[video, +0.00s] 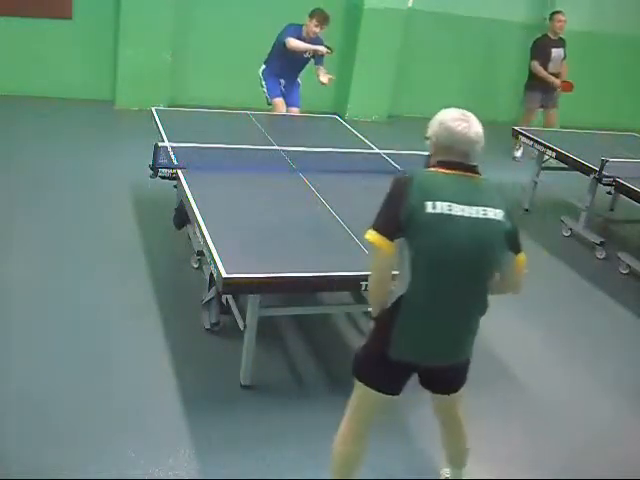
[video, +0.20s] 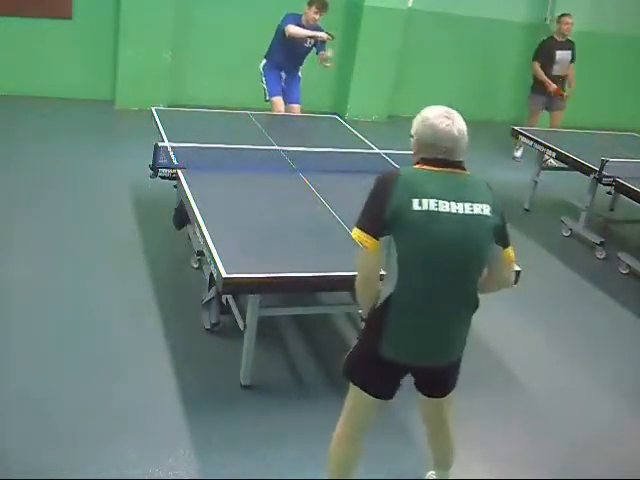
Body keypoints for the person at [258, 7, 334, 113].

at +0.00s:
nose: (317, 31)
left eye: (321, 28)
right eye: (316, 26)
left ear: (323, 29)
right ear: (308, 21)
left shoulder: (318, 43)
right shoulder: (291, 29)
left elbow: (319, 65)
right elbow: (290, 44)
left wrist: (322, 76)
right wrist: (316, 48)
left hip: (291, 78)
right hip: (271, 73)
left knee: (294, 114)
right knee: (280, 109)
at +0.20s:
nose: (317, 17)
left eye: (320, 15)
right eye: (315, 13)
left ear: (322, 16)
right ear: (307, 9)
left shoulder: (318, 32)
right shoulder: (291, 18)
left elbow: (321, 54)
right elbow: (289, 31)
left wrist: (325, 58)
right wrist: (316, 35)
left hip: (293, 71)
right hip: (273, 67)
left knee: (295, 111)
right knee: (279, 109)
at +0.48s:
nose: (315, 10)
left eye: (318, 7)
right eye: (313, 5)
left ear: (320, 9)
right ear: (305, 2)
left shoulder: (316, 26)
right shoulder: (289, 16)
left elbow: (320, 51)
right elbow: (294, 40)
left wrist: (324, 70)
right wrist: (317, 31)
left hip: (295, 70)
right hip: (275, 66)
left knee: (296, 109)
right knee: (281, 108)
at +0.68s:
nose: (315, 24)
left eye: (319, 23)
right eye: (316, 19)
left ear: (321, 25)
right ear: (309, 13)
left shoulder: (310, 35)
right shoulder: (287, 24)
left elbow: (310, 58)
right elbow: (283, 55)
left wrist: (314, 78)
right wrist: (307, 46)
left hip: (291, 72)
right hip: (272, 70)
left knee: (296, 110)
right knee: (282, 108)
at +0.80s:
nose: (316, 32)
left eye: (320, 31)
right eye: (316, 27)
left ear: (320, 32)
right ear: (311, 20)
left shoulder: (308, 37)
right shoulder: (288, 27)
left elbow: (306, 60)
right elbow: (265, 48)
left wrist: (308, 79)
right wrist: (279, 57)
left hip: (291, 74)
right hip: (270, 72)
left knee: (295, 111)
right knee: (281, 109)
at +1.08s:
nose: (311, 19)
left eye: (315, 17)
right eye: (310, 14)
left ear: (316, 18)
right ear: (305, 7)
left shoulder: (306, 27)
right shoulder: (283, 17)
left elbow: (304, 51)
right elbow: (257, 36)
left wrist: (304, 76)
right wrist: (262, 59)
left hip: (286, 67)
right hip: (267, 65)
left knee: (292, 106)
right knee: (271, 104)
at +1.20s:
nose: (304, 8)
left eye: (307, 5)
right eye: (302, 3)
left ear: (309, 7)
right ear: (295, 2)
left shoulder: (304, 23)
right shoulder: (276, 13)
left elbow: (304, 47)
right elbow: (254, 33)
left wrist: (302, 70)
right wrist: (259, 55)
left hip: (282, 66)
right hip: (260, 62)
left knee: (290, 108)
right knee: (255, 105)